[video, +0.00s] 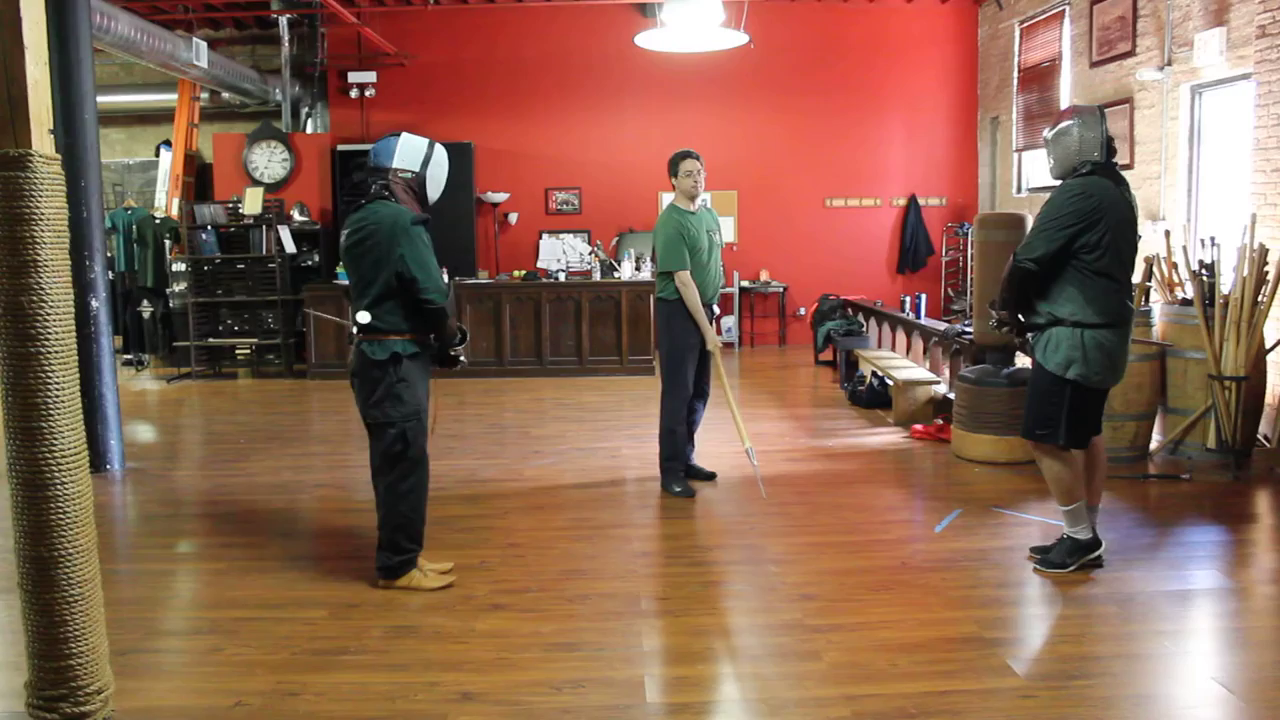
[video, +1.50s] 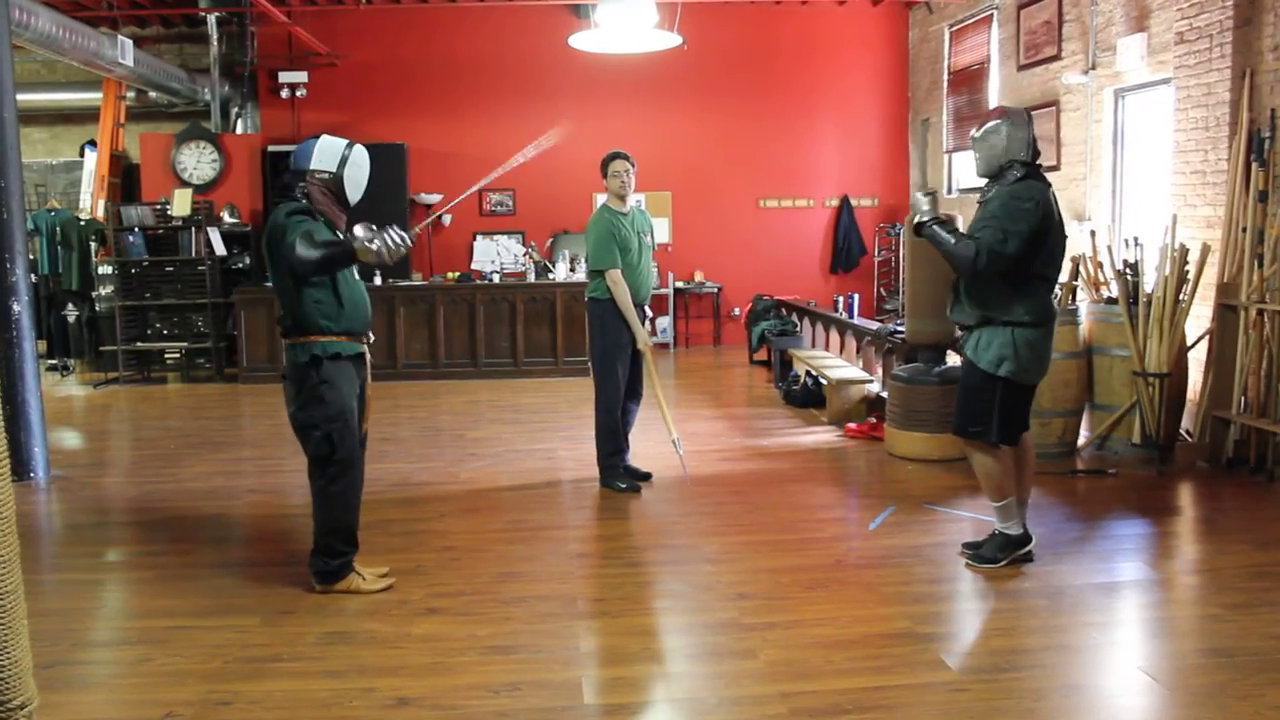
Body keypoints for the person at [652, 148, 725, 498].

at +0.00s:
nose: (697, 178)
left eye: (700, 173)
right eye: (689, 174)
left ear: (705, 177)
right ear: (674, 181)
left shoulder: (708, 215)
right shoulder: (671, 223)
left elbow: (713, 261)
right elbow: (683, 280)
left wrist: (715, 304)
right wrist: (707, 329)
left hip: (704, 308)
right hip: (677, 310)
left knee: (698, 391)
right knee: (677, 391)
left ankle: (683, 460)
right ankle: (671, 472)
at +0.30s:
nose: (695, 179)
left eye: (699, 174)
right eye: (687, 175)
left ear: (705, 178)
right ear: (675, 182)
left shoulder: (711, 215)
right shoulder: (672, 223)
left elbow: (715, 261)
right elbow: (683, 281)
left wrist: (715, 305)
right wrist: (705, 329)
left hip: (703, 308)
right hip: (676, 310)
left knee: (699, 391)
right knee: (680, 391)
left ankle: (684, 459)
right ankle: (675, 469)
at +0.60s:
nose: (695, 179)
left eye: (699, 173)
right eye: (687, 175)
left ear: (705, 178)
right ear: (675, 182)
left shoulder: (711, 214)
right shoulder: (672, 223)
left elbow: (715, 261)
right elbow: (683, 281)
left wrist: (714, 306)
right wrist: (703, 331)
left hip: (702, 308)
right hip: (675, 309)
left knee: (697, 392)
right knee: (677, 391)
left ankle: (684, 460)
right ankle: (674, 469)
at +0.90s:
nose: (692, 180)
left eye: (696, 174)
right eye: (685, 175)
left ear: (703, 179)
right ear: (673, 182)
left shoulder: (708, 215)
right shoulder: (670, 223)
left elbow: (712, 260)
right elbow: (680, 281)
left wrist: (712, 304)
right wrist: (701, 330)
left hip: (701, 307)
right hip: (673, 308)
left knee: (696, 392)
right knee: (676, 392)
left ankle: (683, 460)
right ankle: (674, 470)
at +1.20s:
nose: (630, 177)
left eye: (634, 172)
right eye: (623, 173)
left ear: (641, 177)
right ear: (612, 180)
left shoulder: (647, 215)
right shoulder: (609, 221)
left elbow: (651, 261)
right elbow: (620, 278)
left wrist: (651, 305)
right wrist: (642, 327)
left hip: (640, 306)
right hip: (613, 307)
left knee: (636, 389)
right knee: (616, 389)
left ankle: (624, 459)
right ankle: (615, 469)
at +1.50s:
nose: (624, 179)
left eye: (628, 173)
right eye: (616, 174)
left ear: (635, 178)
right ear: (605, 181)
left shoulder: (641, 216)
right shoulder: (602, 222)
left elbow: (645, 262)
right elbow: (614, 279)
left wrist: (645, 305)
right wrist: (637, 328)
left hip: (634, 307)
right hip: (608, 308)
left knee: (631, 390)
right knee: (611, 390)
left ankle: (619, 460)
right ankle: (609, 469)